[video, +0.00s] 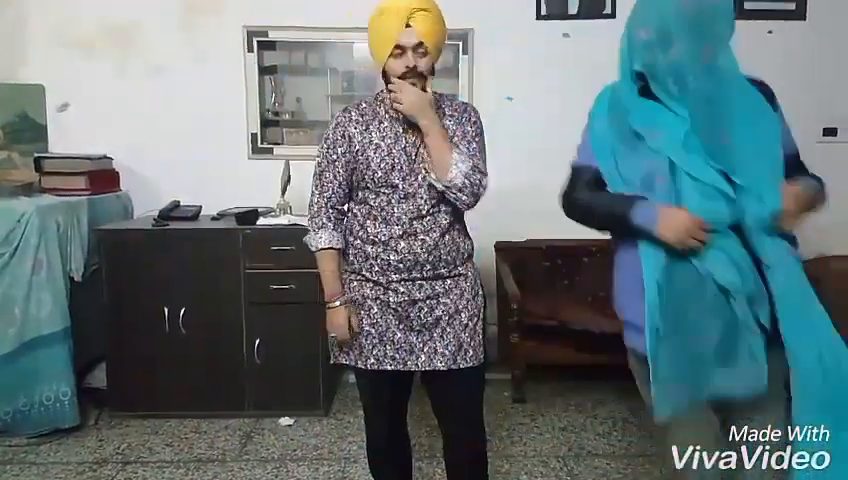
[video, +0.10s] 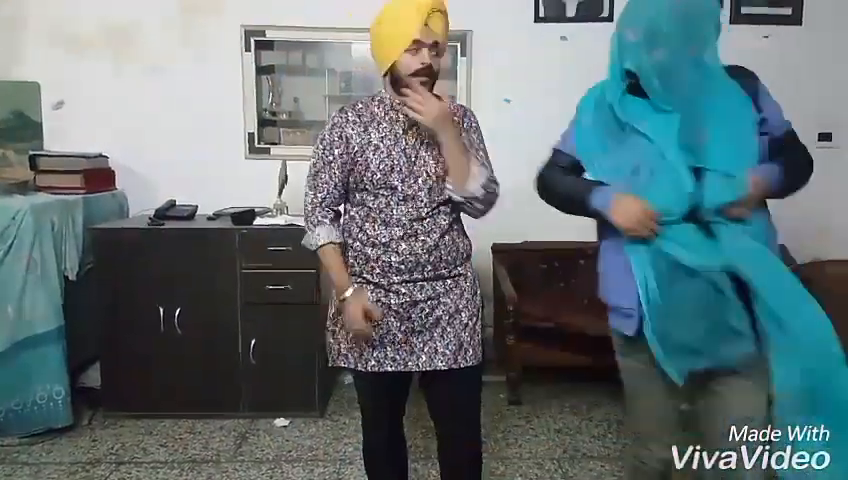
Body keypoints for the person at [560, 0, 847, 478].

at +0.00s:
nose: (683, 54)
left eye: (696, 36)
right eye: (669, 37)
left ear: (717, 34)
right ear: (646, 36)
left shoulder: (753, 99)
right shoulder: (619, 107)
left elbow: (799, 177)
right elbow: (578, 196)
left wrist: (803, 193)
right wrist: (651, 216)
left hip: (758, 322)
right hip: (664, 329)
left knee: (770, 459)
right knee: (698, 461)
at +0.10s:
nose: (655, 59)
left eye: (669, 47)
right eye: (645, 46)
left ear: (698, 38)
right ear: (629, 40)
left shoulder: (738, 89)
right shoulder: (605, 103)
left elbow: (797, 159)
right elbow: (552, 177)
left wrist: (757, 183)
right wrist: (606, 200)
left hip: (734, 316)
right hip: (641, 321)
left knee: (743, 460)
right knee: (653, 460)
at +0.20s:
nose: (645, 66)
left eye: (658, 54)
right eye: (634, 54)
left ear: (684, 43)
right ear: (620, 44)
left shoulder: (720, 90)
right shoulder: (594, 105)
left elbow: (782, 155)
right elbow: (538, 171)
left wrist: (725, 176)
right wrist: (579, 199)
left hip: (715, 306)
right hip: (628, 311)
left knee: (716, 452)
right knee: (643, 454)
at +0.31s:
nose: (630, 71)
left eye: (644, 58)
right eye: (622, 58)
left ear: (668, 53)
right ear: (607, 50)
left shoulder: (704, 105)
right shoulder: (583, 113)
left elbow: (758, 168)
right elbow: (541, 182)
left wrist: (710, 183)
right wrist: (573, 201)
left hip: (695, 303)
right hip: (616, 305)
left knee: (693, 448)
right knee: (645, 446)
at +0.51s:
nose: (619, 119)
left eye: (629, 106)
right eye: (608, 105)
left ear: (644, 104)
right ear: (589, 100)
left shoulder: (667, 163)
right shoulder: (563, 152)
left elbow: (706, 224)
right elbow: (535, 221)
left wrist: (716, 221)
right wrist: (589, 217)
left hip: (660, 323)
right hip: (590, 317)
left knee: (666, 444)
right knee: (621, 411)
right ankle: (606, 465)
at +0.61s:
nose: (607, 92)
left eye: (616, 81)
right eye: (598, 81)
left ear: (628, 78)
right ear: (577, 76)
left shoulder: (645, 134)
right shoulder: (547, 130)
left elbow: (685, 199)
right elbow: (517, 197)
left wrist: (672, 206)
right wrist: (569, 212)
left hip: (645, 306)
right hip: (579, 306)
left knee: (646, 436)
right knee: (588, 430)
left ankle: (638, 474)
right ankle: (567, 463)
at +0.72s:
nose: (583, 76)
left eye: (592, 65)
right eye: (573, 65)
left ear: (605, 63)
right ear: (556, 61)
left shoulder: (629, 111)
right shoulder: (528, 113)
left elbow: (667, 172)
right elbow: (500, 180)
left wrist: (633, 185)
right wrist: (539, 204)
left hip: (625, 272)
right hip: (558, 274)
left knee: (624, 396)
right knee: (571, 396)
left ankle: (624, 471)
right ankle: (547, 456)